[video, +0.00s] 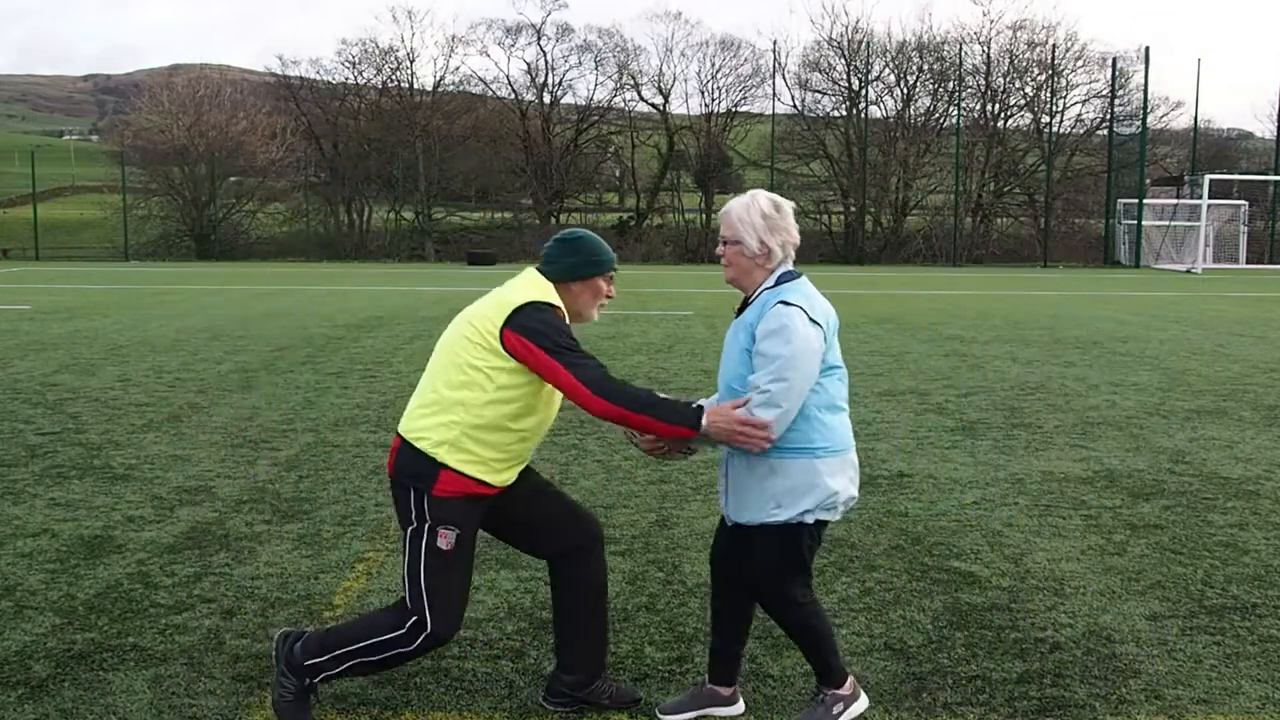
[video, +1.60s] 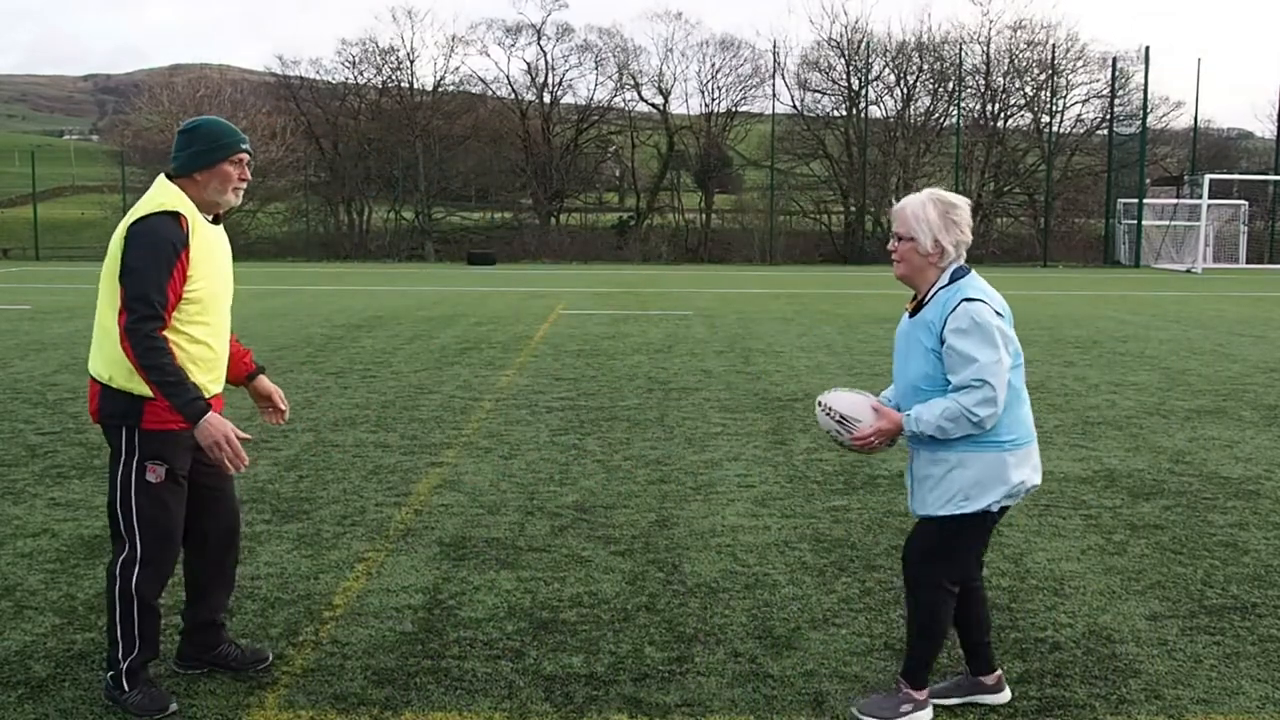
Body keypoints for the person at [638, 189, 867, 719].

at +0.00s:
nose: (718, 253)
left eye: (728, 243)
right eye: (720, 241)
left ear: (763, 251)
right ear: (761, 252)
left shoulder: (790, 315)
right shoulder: (762, 307)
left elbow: (763, 423)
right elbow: (736, 393)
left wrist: (689, 434)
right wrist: (680, 425)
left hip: (798, 480)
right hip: (760, 474)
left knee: (779, 582)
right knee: (730, 567)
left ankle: (840, 689)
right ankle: (720, 688)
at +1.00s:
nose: (760, 250)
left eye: (770, 240)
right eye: (761, 239)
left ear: (806, 251)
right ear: (800, 252)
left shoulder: (832, 319)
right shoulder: (800, 312)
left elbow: (825, 415)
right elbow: (788, 391)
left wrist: (750, 425)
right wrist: (741, 410)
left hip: (834, 485)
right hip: (795, 479)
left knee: (830, 590)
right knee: (766, 583)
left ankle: (890, 693)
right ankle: (726, 683)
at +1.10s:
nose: (785, 252)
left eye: (796, 243)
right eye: (787, 241)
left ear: (829, 253)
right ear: (823, 253)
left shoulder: (859, 322)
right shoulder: (826, 314)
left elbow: (855, 420)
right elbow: (809, 394)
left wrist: (777, 431)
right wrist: (763, 416)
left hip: (862, 486)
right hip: (822, 478)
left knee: (844, 587)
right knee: (784, 566)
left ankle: (890, 696)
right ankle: (750, 678)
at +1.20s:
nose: (807, 250)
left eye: (818, 241)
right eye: (809, 239)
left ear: (852, 251)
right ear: (850, 251)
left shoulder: (882, 318)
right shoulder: (848, 310)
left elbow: (880, 416)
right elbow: (833, 392)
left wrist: (805, 430)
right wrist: (784, 418)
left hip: (886, 482)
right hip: (845, 474)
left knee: (856, 582)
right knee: (802, 554)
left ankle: (890, 696)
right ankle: (813, 675)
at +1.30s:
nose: (829, 247)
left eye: (840, 237)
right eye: (831, 235)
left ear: (875, 246)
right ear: (872, 246)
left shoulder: (905, 314)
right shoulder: (871, 305)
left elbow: (905, 410)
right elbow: (854, 386)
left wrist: (829, 426)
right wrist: (808, 413)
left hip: (905, 477)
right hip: (870, 469)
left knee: (872, 577)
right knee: (838, 558)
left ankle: (892, 696)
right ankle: (889, 666)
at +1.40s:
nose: (852, 244)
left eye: (864, 235)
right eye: (854, 233)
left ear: (900, 243)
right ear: (895, 243)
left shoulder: (928, 310)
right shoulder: (891, 303)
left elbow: (931, 406)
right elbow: (874, 382)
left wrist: (855, 420)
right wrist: (829, 408)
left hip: (927, 474)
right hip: (898, 468)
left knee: (884, 573)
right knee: (896, 568)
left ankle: (893, 696)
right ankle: (962, 660)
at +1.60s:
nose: (890, 248)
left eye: (900, 239)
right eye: (891, 237)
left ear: (934, 247)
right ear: (926, 247)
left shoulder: (969, 311)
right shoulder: (929, 305)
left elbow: (979, 402)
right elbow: (917, 383)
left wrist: (905, 422)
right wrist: (876, 412)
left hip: (985, 468)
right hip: (955, 463)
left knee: (925, 558)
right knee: (960, 566)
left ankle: (912, 692)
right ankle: (985, 676)